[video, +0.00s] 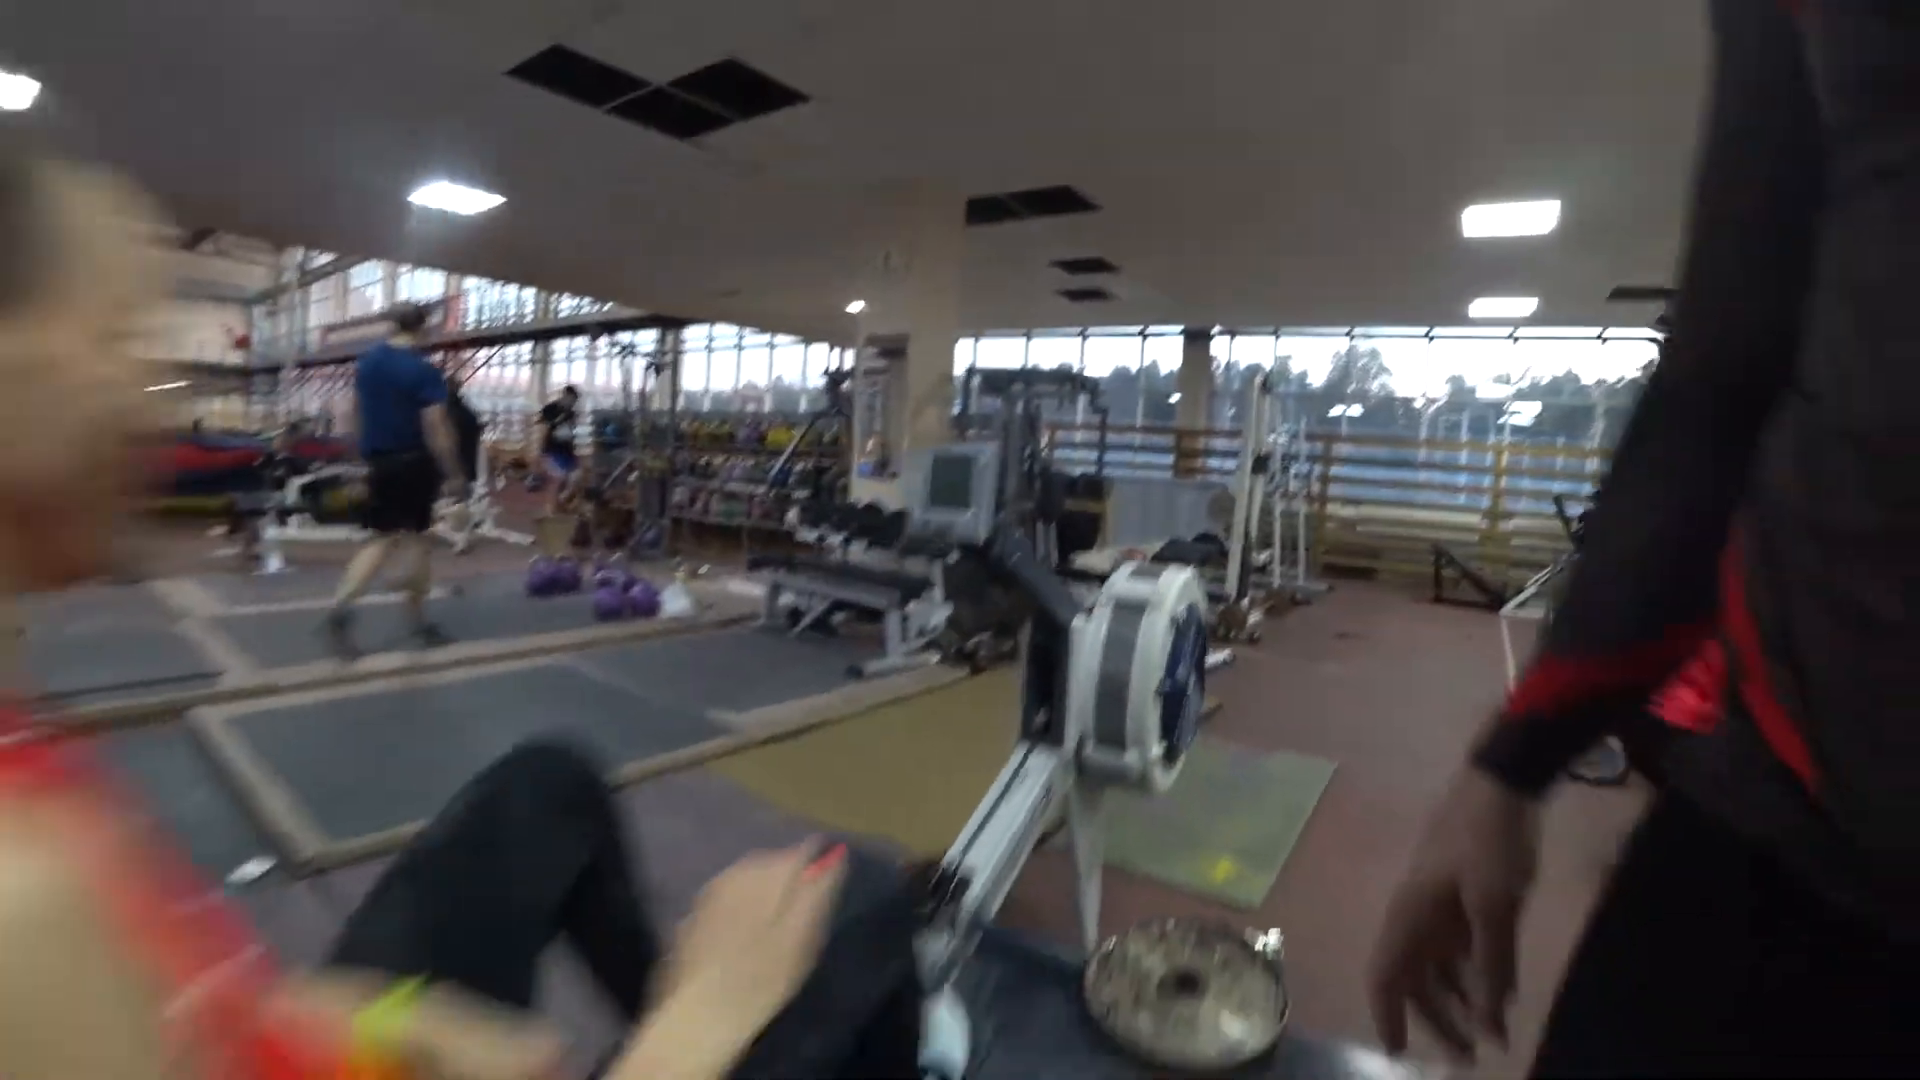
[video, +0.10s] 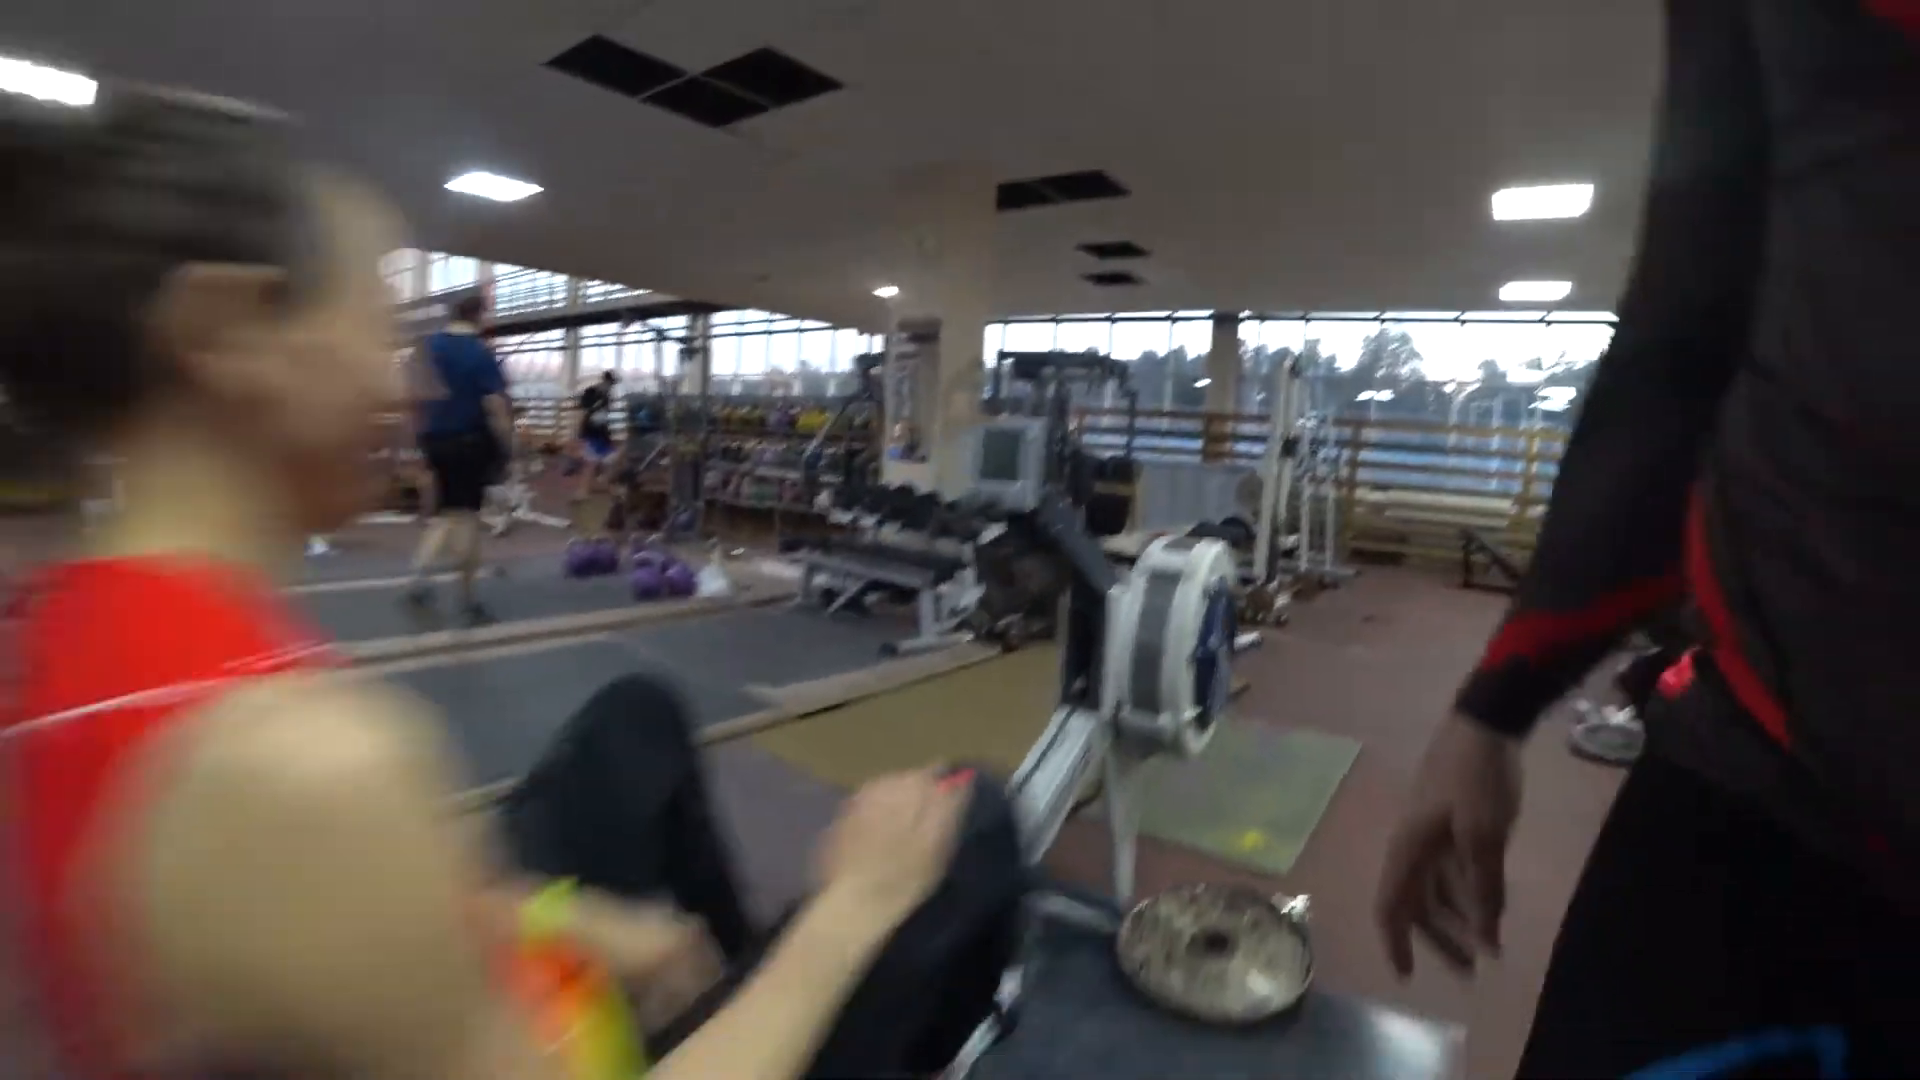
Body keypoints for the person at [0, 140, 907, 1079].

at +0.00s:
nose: (152, 393)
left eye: (137, 340)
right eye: (114, 335)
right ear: (12, 346)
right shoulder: (36, 851)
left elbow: (255, 1010)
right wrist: (709, 1017)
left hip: (275, 1022)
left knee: (552, 788)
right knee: (865, 898)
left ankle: (663, 1020)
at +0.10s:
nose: (411, 379)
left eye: (400, 324)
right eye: (383, 318)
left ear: (231, 327)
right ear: (228, 326)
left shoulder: (70, 636)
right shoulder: (286, 759)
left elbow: (235, 891)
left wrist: (553, 924)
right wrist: (858, 909)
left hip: (493, 1010)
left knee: (634, 711)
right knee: (962, 816)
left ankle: (742, 1002)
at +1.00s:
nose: (931, 314)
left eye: (931, 291)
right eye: (928, 290)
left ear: (782, 308)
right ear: (886, 294)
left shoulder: (720, 460)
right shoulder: (955, 468)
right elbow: (1059, 762)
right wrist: (1210, 677)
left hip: (838, 867)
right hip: (985, 886)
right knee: (1277, 658)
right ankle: (1186, 837)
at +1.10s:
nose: (978, 302)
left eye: (974, 279)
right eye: (967, 278)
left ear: (824, 295)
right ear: (922, 285)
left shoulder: (776, 448)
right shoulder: (999, 456)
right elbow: (1109, 750)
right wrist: (1267, 687)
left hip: (888, 864)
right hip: (1030, 883)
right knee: (1322, 668)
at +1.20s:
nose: (1196, 289)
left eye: (1188, 261)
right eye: (1177, 261)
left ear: (1035, 285)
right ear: (1126, 273)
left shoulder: (984, 442)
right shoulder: (1196, 438)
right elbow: (1323, 743)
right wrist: (1513, 702)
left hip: (1093, 869)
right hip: (1240, 886)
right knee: (1543, 714)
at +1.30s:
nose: (1462, 274)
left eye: (1457, 243)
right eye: (1444, 243)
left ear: (1290, 271)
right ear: (1385, 254)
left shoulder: (1229, 436)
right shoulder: (1480, 447)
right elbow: (1611, 797)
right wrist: (1817, 788)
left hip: (1310, 917)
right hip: (1474, 950)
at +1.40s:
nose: (1682, 263)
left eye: (1682, 231)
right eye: (1674, 230)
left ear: (1504, 252)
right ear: (1620, 230)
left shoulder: (1405, 423)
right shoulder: (1706, 448)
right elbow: (1828, 861)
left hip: (1442, 940)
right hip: (1637, 992)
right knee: (1898, 998)